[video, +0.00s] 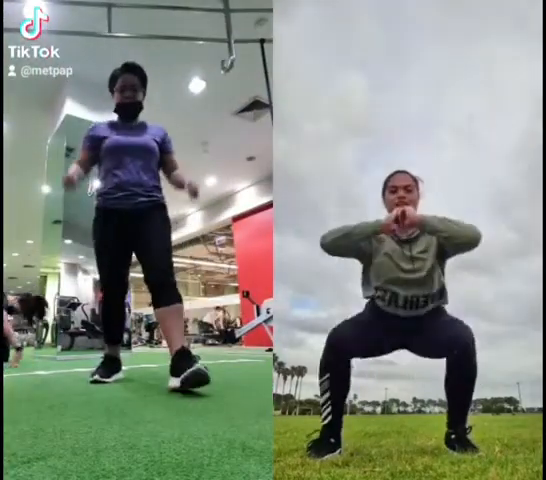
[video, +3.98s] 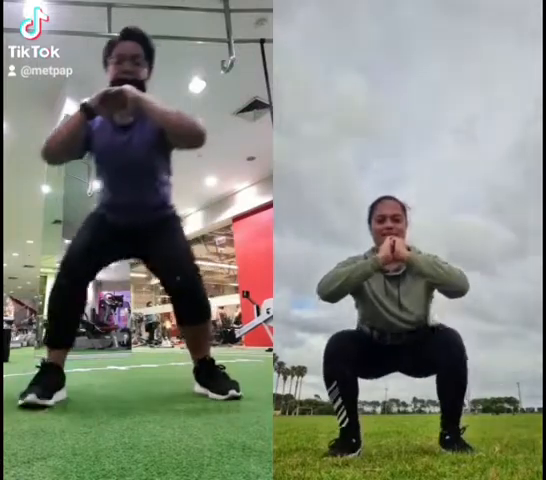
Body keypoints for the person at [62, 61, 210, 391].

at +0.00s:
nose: (129, 95)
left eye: (135, 90)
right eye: (123, 90)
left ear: (144, 95)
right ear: (112, 94)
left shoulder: (157, 133)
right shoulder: (99, 131)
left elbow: (172, 171)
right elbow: (82, 164)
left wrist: (185, 183)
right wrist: (74, 174)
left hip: (151, 212)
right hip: (111, 213)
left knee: (162, 279)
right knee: (113, 288)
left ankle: (181, 358)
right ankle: (111, 359)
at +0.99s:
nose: (92, 34)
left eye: (100, 28)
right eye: (84, 27)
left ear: (112, 35)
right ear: (71, 33)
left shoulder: (123, 80)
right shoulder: (57, 79)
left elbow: (165, 103)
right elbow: (15, 92)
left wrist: (125, 59)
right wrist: (64, 59)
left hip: (114, 191)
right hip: (64, 191)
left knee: (133, 273)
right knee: (52, 277)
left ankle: (139, 352)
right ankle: (48, 371)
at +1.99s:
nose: (105, 62)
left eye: (114, 54)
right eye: (98, 53)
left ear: (126, 62)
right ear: (84, 60)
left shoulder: (135, 110)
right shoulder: (70, 103)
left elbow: (171, 126)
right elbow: (25, 122)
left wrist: (126, 82)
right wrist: (72, 80)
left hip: (120, 217)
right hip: (72, 214)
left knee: (160, 280)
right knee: (53, 279)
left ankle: (141, 344)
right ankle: (48, 371)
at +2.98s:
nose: (180, 77)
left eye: (188, 71)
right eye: (172, 71)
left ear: (199, 79)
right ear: (160, 79)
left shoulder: (209, 122)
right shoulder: (147, 126)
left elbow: (249, 131)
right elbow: (104, 155)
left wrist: (197, 109)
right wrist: (143, 120)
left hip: (199, 220)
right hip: (156, 219)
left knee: (204, 275)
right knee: (123, 265)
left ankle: (209, 365)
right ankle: (145, 334)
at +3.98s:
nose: (125, 68)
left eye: (135, 62)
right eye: (118, 61)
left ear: (148, 71)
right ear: (107, 68)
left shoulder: (158, 116)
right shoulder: (93, 119)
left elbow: (196, 137)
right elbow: (52, 154)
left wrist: (141, 103)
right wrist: (88, 109)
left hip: (158, 220)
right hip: (108, 220)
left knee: (188, 286)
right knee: (70, 277)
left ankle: (205, 368)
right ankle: (52, 372)